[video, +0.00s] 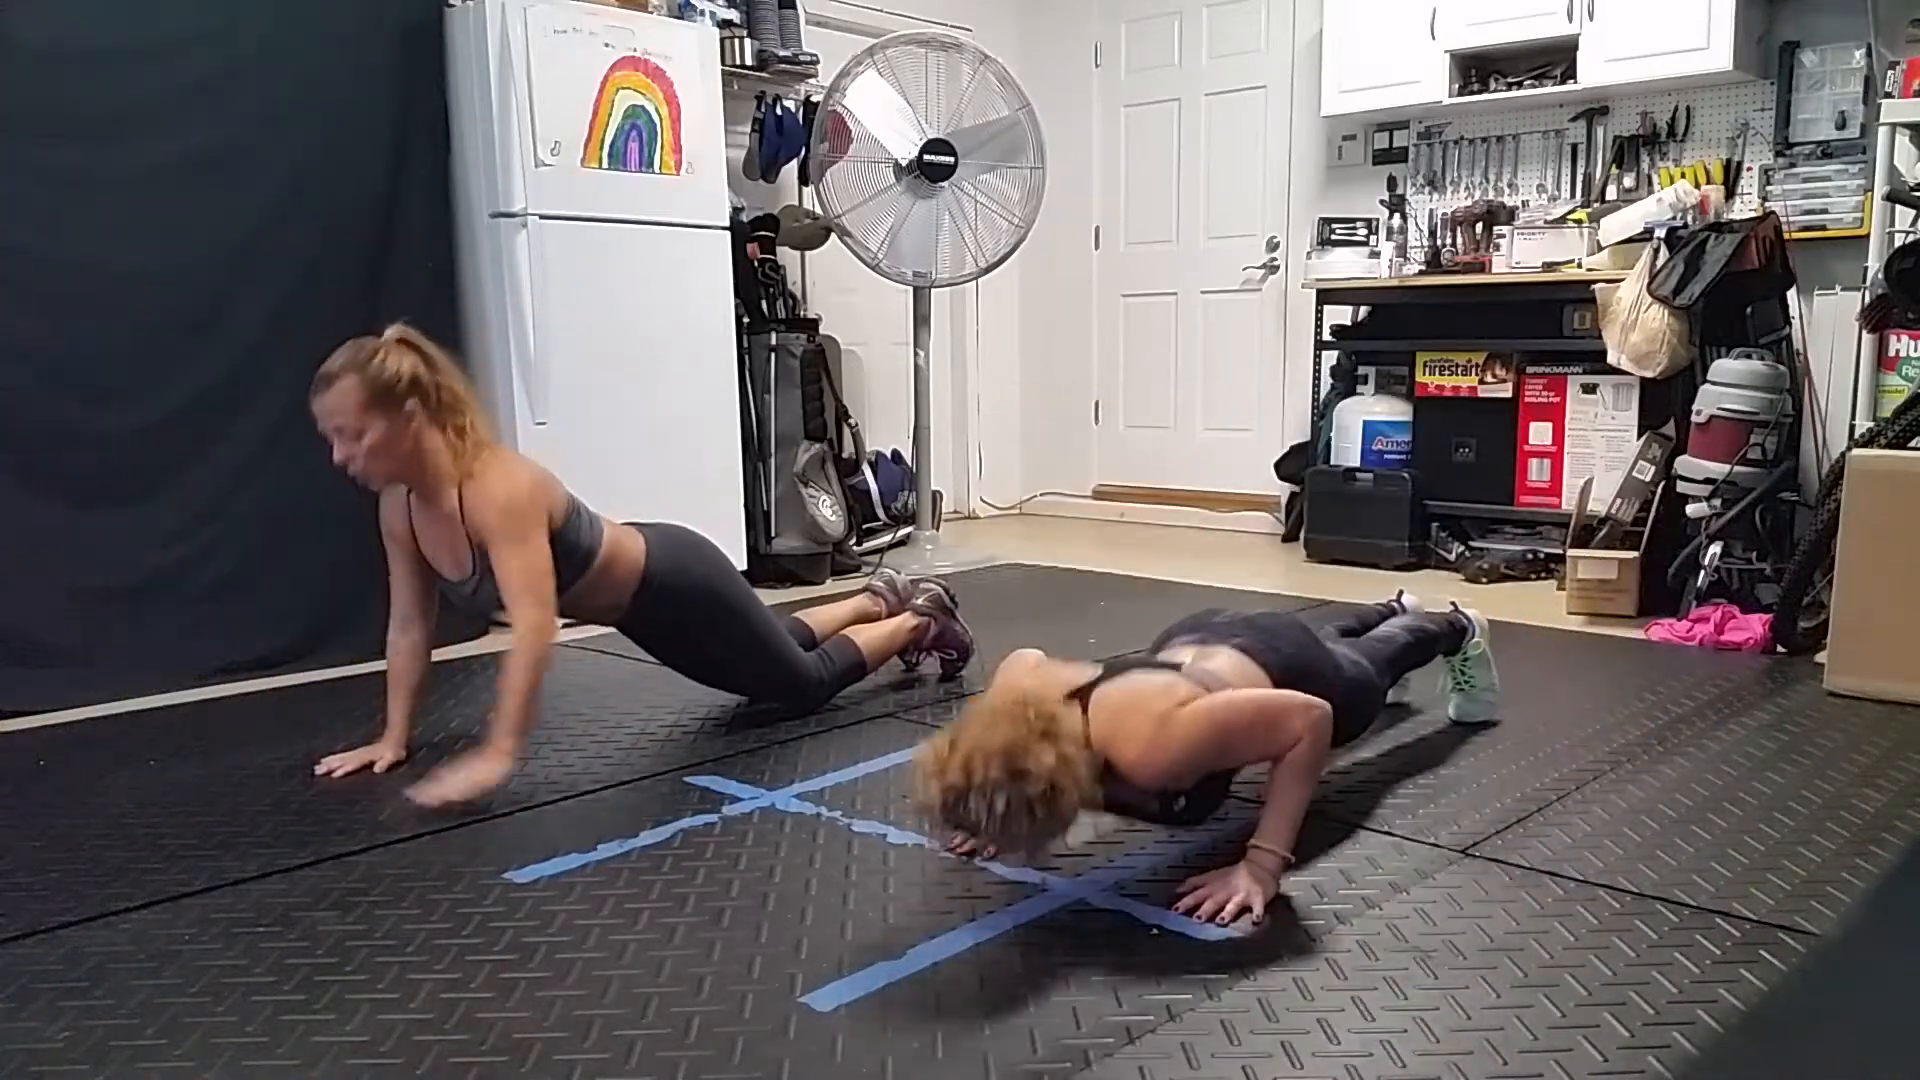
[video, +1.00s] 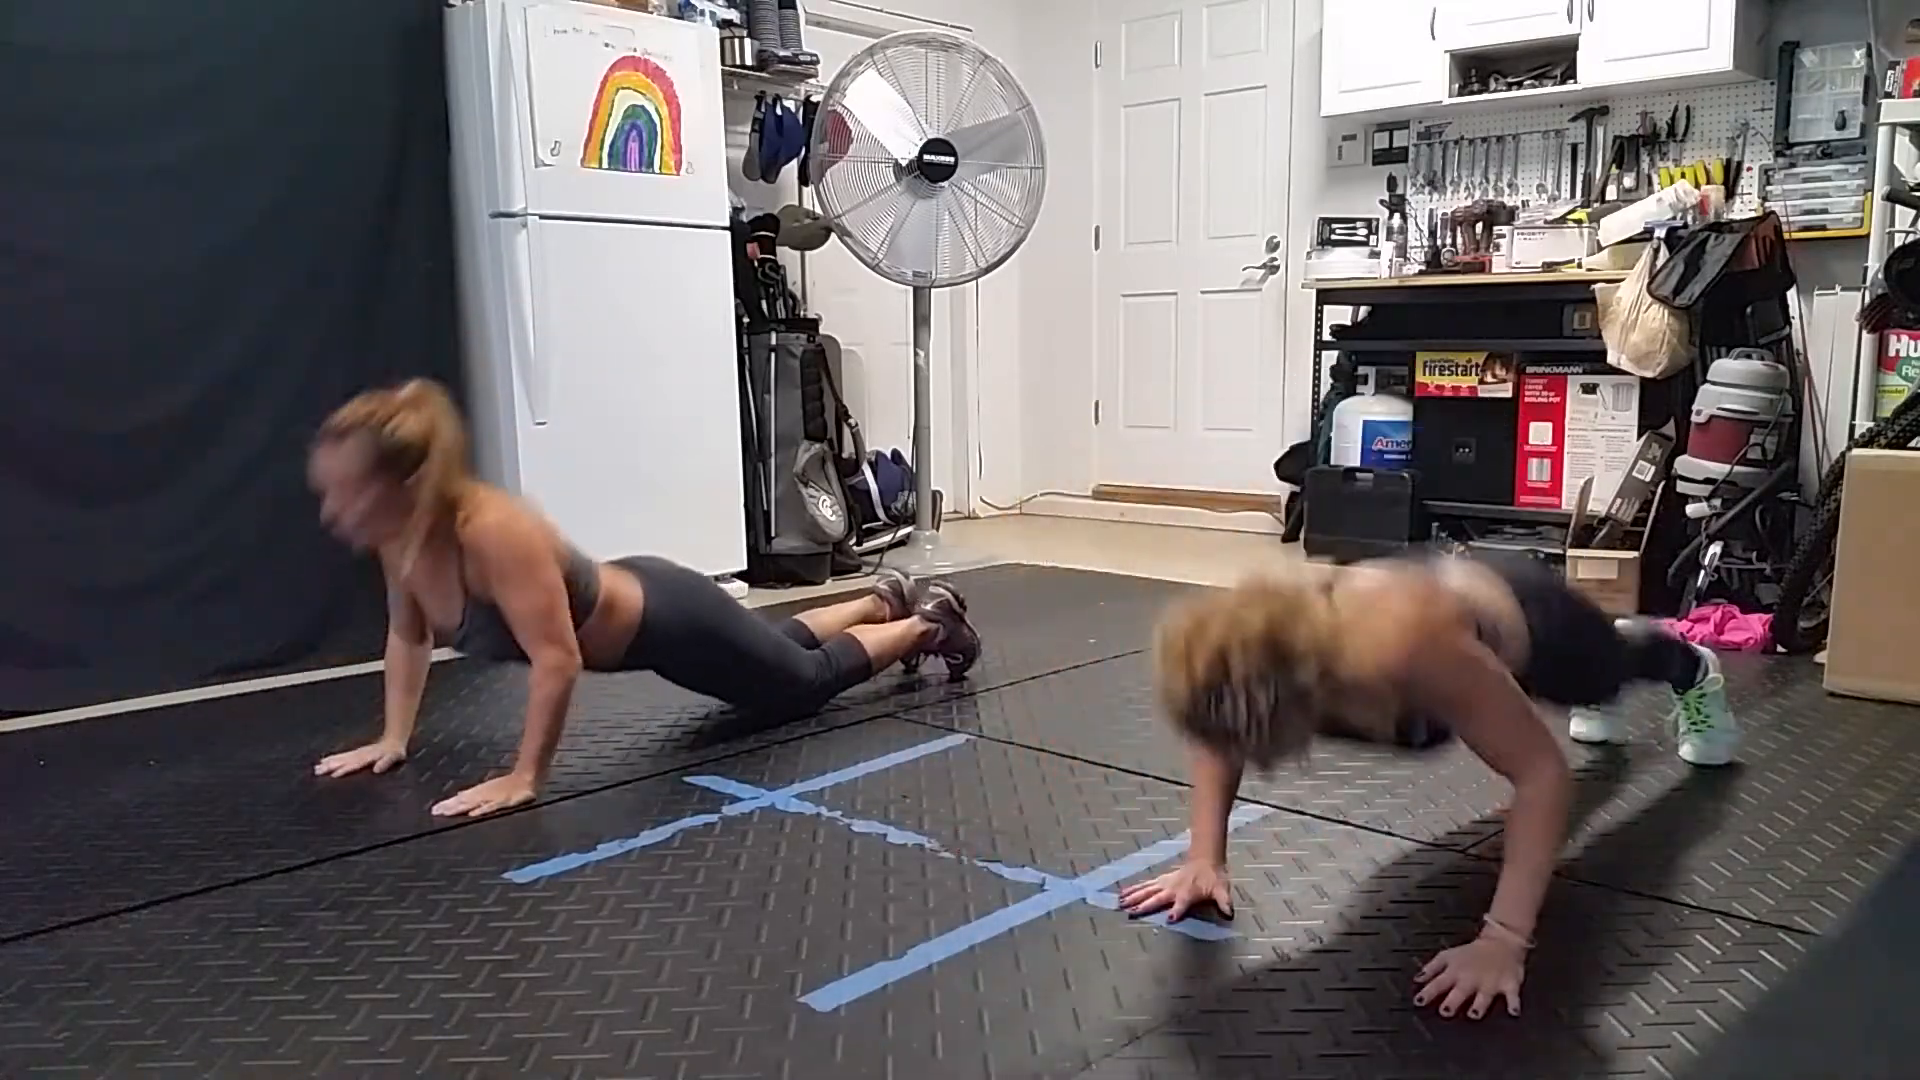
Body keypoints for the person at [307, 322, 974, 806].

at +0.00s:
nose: (338, 457)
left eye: (347, 437)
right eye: (331, 442)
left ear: (410, 417)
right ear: (384, 430)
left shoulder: (497, 488)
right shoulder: (401, 502)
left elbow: (534, 626)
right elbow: (410, 623)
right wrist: (393, 739)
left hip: (678, 586)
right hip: (637, 600)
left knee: (806, 682)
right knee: (769, 653)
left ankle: (920, 623)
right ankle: (878, 598)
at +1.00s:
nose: (326, 511)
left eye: (338, 494)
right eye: (322, 495)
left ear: (397, 482)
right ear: (376, 487)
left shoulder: (493, 530)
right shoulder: (399, 538)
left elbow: (556, 659)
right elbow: (409, 638)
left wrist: (524, 777)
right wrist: (394, 739)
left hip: (674, 623)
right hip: (632, 606)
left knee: (807, 680)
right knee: (773, 643)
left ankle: (924, 627)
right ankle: (878, 598)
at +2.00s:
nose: (433, 407)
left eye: (455, 394)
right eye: (431, 391)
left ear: (518, 412)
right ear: (437, 405)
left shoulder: (556, 506)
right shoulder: (451, 490)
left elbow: (552, 654)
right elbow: (414, 612)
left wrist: (526, 777)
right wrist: (378, 728)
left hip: (723, 600)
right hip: (683, 572)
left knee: (820, 684)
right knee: (783, 642)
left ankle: (926, 619)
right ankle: (878, 601)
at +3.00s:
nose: (324, 625)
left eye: (317, 608)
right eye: (309, 615)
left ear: (346, 566)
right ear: (338, 564)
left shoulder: (458, 558)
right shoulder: (393, 570)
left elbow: (561, 663)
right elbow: (399, 647)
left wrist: (522, 779)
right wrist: (393, 743)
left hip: (661, 627)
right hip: (627, 620)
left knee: (814, 676)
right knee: (769, 648)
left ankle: (910, 610)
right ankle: (873, 602)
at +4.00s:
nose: (344, 506)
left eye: (343, 486)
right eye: (330, 496)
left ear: (384, 439)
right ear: (350, 468)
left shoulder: (483, 483)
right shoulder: (396, 501)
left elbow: (507, 617)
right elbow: (399, 613)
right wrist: (393, 738)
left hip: (675, 587)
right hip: (643, 595)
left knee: (808, 680)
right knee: (764, 652)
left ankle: (920, 627)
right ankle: (869, 601)